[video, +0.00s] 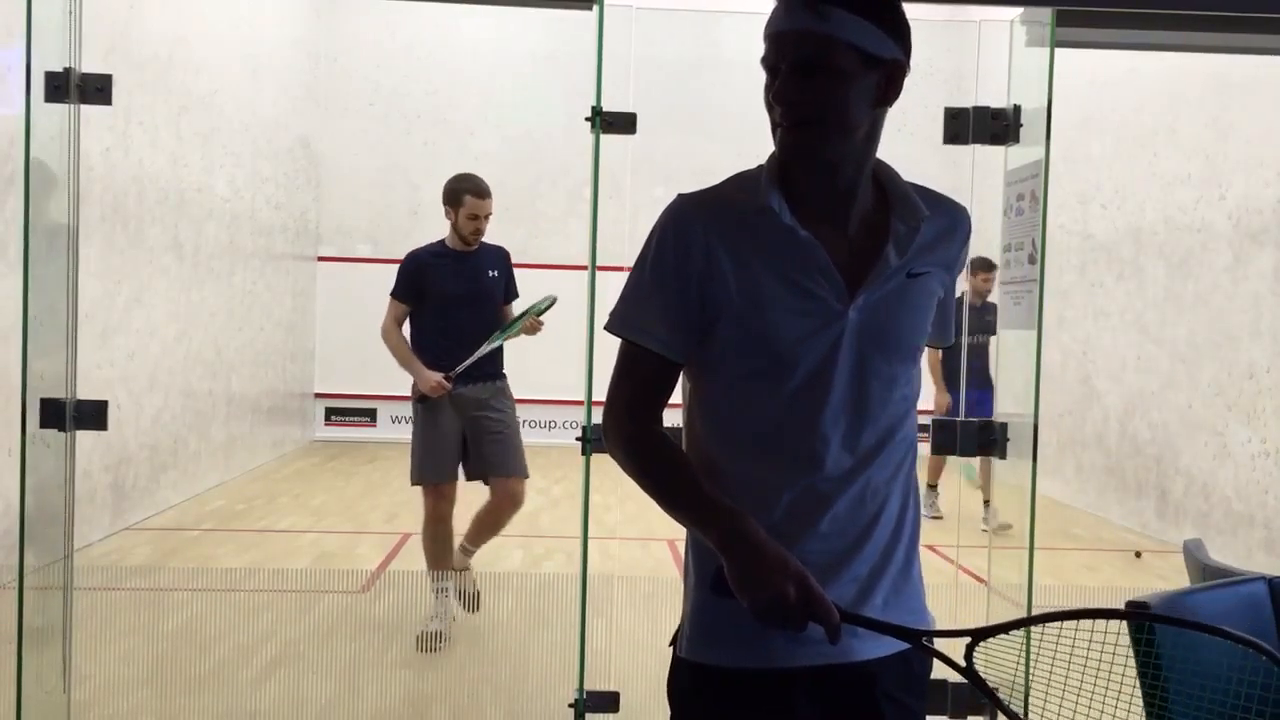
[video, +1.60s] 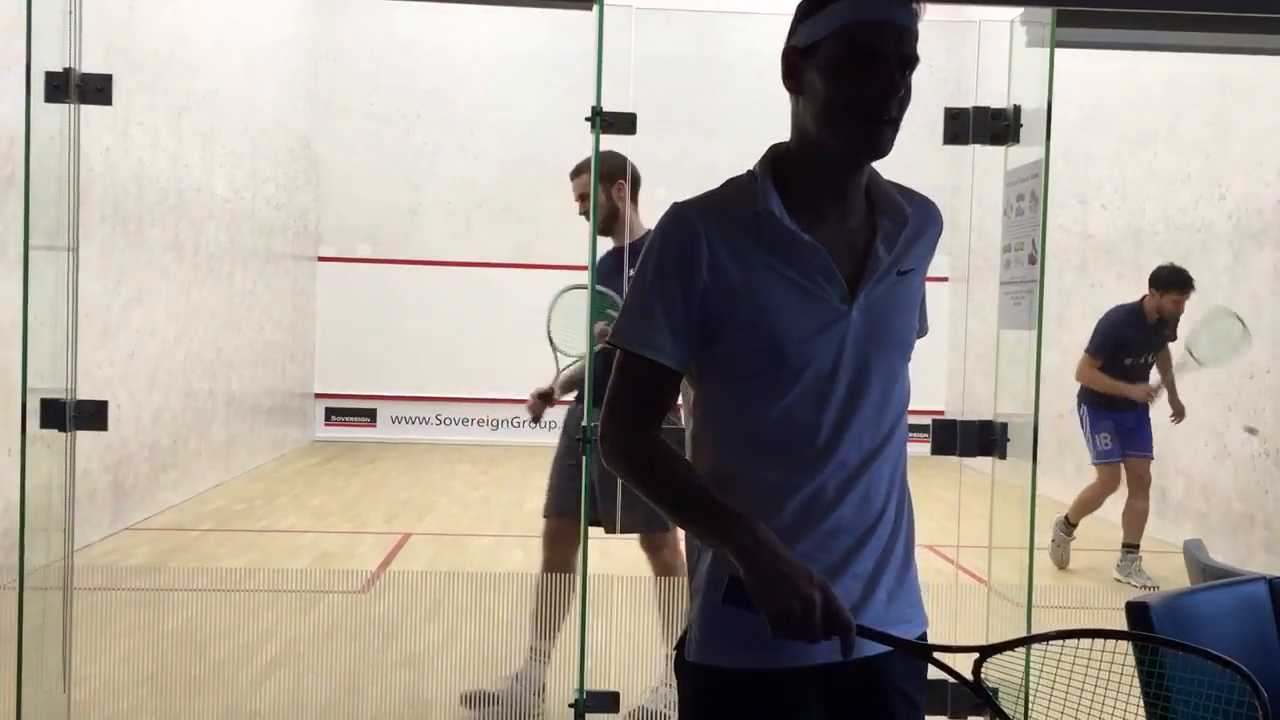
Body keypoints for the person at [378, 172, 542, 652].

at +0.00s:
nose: (482, 225)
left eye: (487, 217)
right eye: (474, 217)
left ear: (490, 214)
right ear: (450, 212)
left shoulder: (497, 258)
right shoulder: (420, 264)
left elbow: (504, 318)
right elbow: (390, 328)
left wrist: (522, 323)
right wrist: (418, 371)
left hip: (490, 392)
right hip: (438, 396)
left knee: (511, 494)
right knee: (439, 503)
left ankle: (461, 556)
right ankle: (440, 601)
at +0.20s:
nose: (498, 226)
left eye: (503, 218)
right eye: (492, 217)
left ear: (505, 216)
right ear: (466, 209)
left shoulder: (505, 261)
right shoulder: (430, 260)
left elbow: (504, 319)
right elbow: (393, 325)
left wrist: (529, 330)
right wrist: (429, 372)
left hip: (498, 399)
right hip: (445, 402)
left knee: (514, 498)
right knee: (443, 506)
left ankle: (491, 618)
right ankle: (441, 610)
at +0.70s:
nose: (531, 209)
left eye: (540, 200)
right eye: (522, 199)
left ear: (551, 199)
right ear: (504, 197)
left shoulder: (569, 257)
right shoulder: (478, 253)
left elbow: (579, 334)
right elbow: (447, 327)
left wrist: (583, 321)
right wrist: (466, 385)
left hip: (546, 410)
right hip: (489, 406)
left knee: (530, 524)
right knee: (481, 514)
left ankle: (511, 641)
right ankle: (475, 636)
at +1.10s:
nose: (548, 204)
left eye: (557, 193)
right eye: (538, 195)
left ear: (573, 194)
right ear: (526, 199)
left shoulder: (600, 263)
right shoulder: (505, 261)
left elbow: (604, 353)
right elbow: (476, 340)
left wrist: (613, 332)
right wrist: (492, 398)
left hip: (583, 419)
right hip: (517, 419)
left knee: (612, 544)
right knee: (520, 548)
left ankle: (559, 610)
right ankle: (522, 675)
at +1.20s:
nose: (558, 201)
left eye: (566, 190)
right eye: (547, 193)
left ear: (583, 189)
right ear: (535, 197)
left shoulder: (615, 260)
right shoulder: (518, 258)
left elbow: (631, 339)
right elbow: (490, 336)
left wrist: (627, 406)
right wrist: (500, 395)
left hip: (600, 422)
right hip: (530, 421)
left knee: (627, 542)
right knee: (525, 549)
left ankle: (600, 636)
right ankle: (523, 679)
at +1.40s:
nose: (571, 204)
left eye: (580, 192)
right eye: (564, 195)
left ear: (609, 187)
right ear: (558, 196)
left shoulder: (647, 259)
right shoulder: (558, 259)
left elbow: (670, 343)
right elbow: (538, 331)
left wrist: (653, 406)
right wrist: (515, 384)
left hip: (621, 424)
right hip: (554, 419)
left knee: (636, 551)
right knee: (538, 547)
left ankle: (673, 676)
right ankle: (524, 681)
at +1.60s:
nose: (583, 211)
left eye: (589, 197)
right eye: (577, 201)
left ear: (623, 189)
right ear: (585, 201)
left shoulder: (665, 258)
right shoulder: (604, 269)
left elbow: (688, 342)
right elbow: (602, 349)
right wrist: (555, 387)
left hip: (650, 420)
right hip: (591, 416)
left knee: (661, 543)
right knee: (559, 534)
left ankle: (677, 679)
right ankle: (531, 682)